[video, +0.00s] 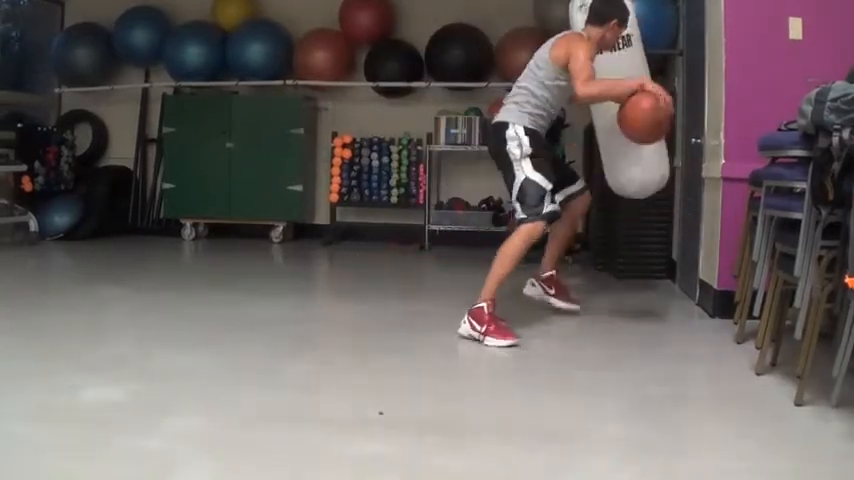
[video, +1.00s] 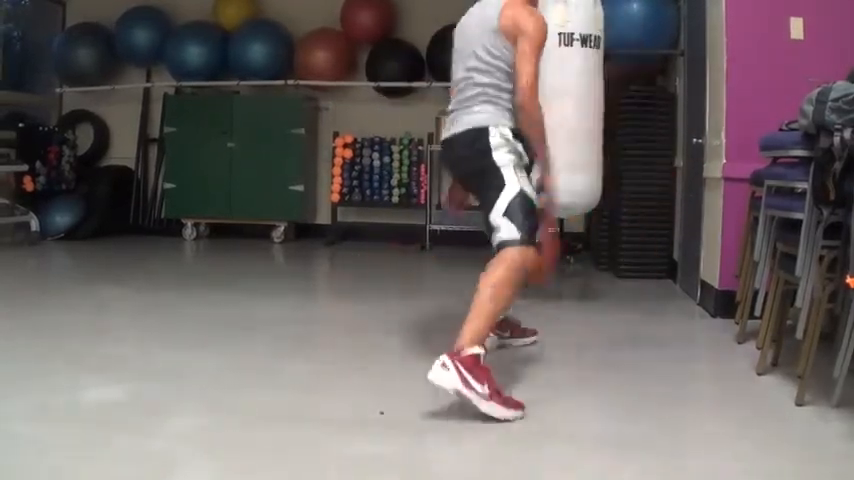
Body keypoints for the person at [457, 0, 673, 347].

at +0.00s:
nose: (619, 43)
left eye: (622, 37)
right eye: (621, 35)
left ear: (598, 23)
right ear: (611, 27)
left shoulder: (575, 45)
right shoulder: (577, 44)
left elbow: (584, 93)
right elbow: (583, 90)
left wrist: (632, 95)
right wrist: (638, 84)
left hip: (534, 132)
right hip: (515, 128)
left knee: (578, 199)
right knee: (537, 218)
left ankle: (545, 278)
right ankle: (481, 311)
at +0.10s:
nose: (621, 42)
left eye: (622, 36)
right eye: (620, 34)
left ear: (598, 26)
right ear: (607, 29)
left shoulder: (576, 51)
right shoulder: (578, 51)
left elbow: (586, 100)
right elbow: (595, 98)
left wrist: (623, 100)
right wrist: (631, 94)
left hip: (538, 145)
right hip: (519, 141)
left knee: (574, 210)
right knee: (535, 227)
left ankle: (553, 283)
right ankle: (480, 314)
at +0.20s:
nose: (621, 56)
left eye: (622, 49)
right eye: (620, 48)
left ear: (598, 45)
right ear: (605, 45)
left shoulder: (575, 67)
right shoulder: (580, 71)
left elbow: (581, 112)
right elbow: (588, 124)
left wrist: (617, 105)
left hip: (539, 159)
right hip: (520, 155)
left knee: (575, 223)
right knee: (550, 229)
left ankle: (551, 286)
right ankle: (488, 306)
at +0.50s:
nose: (601, 42)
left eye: (603, 35)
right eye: (601, 34)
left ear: (583, 26)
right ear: (589, 28)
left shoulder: (567, 58)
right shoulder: (549, 57)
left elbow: (563, 100)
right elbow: (536, 115)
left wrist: (606, 103)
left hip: (530, 156)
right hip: (506, 154)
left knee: (552, 221)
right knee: (552, 234)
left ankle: (550, 282)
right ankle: (494, 316)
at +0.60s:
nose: (586, 16)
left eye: (588, 10)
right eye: (586, 8)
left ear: (565, 3)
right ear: (572, 3)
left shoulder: (546, 28)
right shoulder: (541, 27)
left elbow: (552, 83)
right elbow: (533, 81)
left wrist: (594, 93)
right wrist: (591, 68)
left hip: (519, 136)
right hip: (501, 137)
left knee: (542, 219)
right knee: (550, 233)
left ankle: (532, 285)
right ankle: (494, 316)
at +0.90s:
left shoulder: (495, 5)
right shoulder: (532, 2)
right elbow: (532, 64)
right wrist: (591, 88)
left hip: (472, 109)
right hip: (486, 108)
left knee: (522, 215)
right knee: (540, 215)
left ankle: (495, 311)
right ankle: (468, 325)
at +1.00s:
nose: (549, 6)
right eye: (547, 5)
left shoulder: (471, 18)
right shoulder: (527, 18)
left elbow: (461, 95)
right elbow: (525, 99)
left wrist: (459, 170)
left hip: (461, 135)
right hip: (490, 133)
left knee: (515, 234)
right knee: (520, 249)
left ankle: (492, 319)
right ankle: (464, 355)